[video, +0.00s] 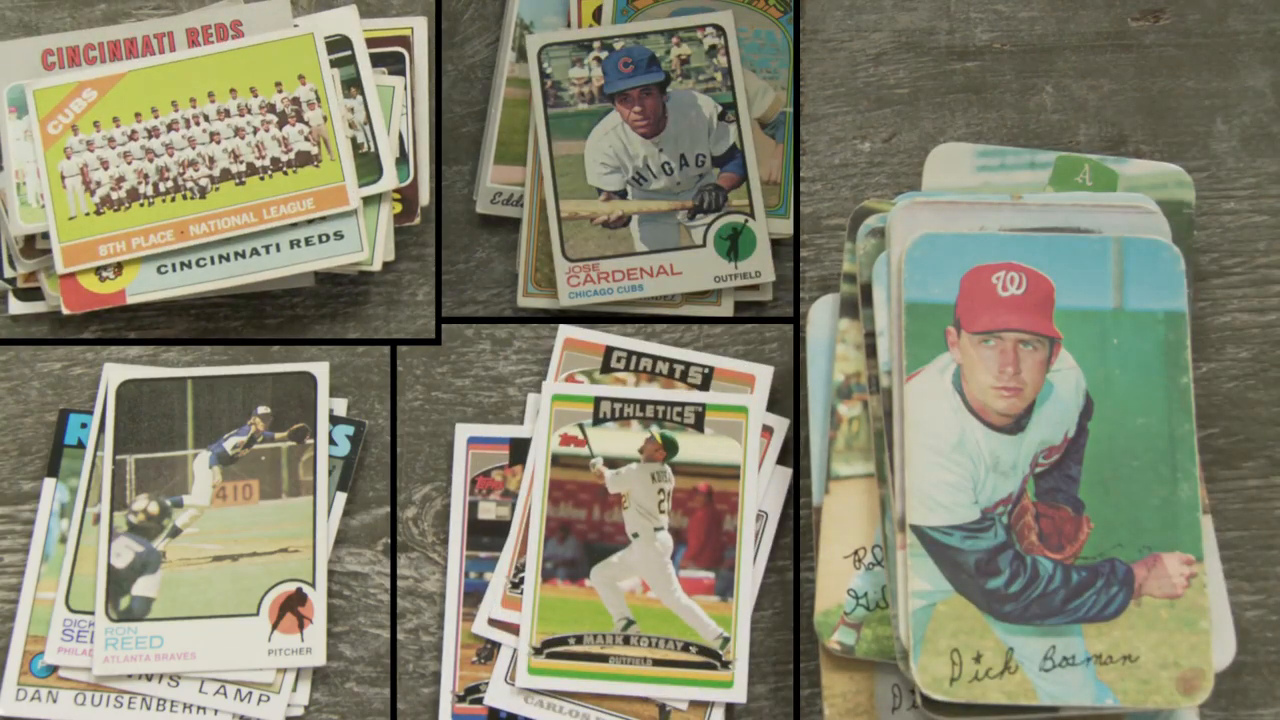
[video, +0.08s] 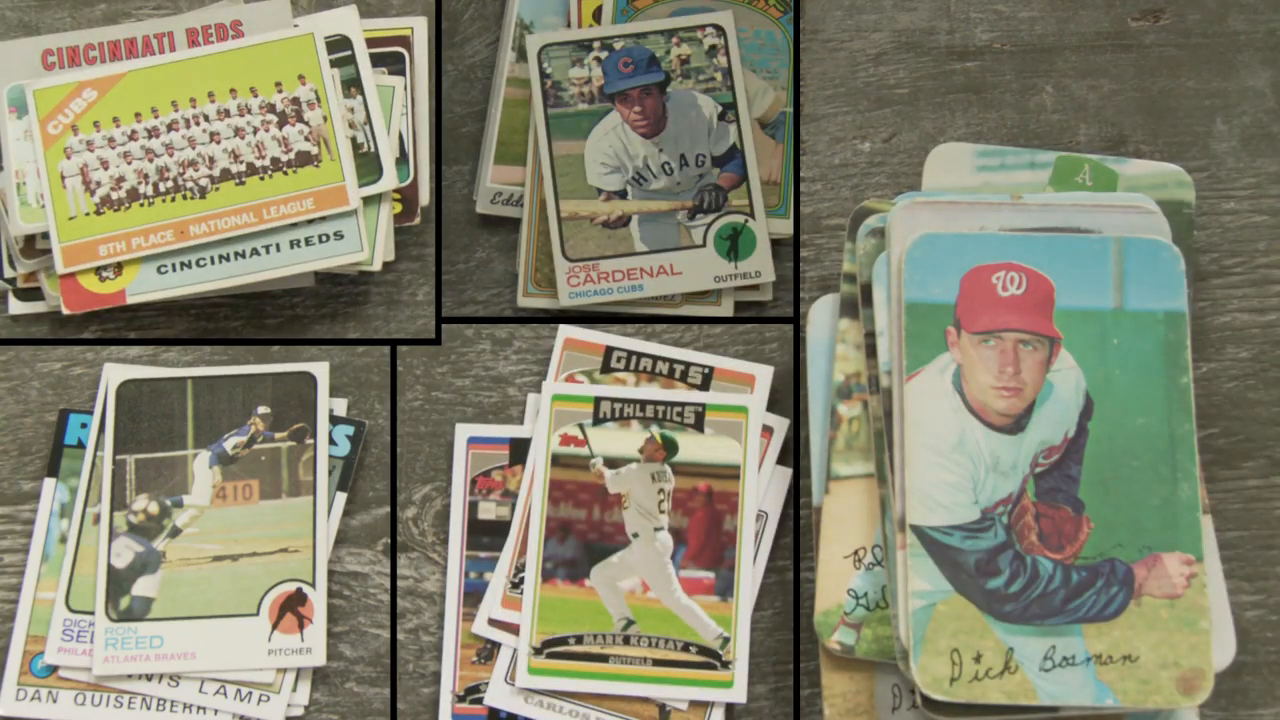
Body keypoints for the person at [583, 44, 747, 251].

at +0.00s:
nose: (638, 108)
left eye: (646, 94)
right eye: (625, 99)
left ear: (664, 93)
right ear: (614, 104)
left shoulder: (699, 109)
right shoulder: (603, 142)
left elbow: (736, 159)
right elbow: (613, 195)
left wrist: (719, 187)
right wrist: (613, 214)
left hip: (701, 195)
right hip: (649, 206)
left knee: (728, 266)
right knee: (659, 281)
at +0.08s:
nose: (638, 108)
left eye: (646, 94)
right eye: (625, 99)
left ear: (664, 93)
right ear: (614, 104)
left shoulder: (699, 109)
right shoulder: (603, 142)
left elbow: (736, 159)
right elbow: (613, 195)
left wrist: (719, 187)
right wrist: (613, 214)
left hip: (701, 195)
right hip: (649, 206)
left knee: (728, 266)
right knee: (659, 281)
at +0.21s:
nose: (638, 108)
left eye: (646, 94)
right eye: (625, 99)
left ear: (664, 93)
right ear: (613, 104)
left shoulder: (699, 109)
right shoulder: (602, 142)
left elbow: (736, 159)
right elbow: (613, 196)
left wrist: (719, 187)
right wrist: (613, 214)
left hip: (701, 195)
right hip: (649, 206)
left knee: (727, 267)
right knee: (659, 281)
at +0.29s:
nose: (638, 108)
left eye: (646, 94)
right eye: (625, 99)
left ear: (664, 93)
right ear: (613, 104)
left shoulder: (699, 109)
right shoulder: (602, 142)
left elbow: (736, 159)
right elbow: (613, 196)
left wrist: (719, 187)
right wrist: (613, 214)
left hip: (701, 195)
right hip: (649, 206)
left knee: (727, 267)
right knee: (659, 281)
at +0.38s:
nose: (638, 108)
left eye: (646, 94)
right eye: (625, 99)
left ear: (664, 93)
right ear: (613, 104)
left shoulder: (699, 109)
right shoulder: (602, 142)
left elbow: (736, 159)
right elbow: (613, 196)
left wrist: (719, 187)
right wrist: (613, 214)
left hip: (701, 195)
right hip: (649, 206)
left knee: (727, 267)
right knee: (659, 281)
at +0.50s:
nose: (638, 108)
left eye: (646, 94)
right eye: (625, 99)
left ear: (664, 93)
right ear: (613, 104)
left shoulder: (699, 109)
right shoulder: (602, 142)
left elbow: (736, 159)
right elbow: (613, 196)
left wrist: (719, 187)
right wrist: (613, 214)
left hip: (701, 195)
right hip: (649, 206)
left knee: (727, 267)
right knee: (659, 281)